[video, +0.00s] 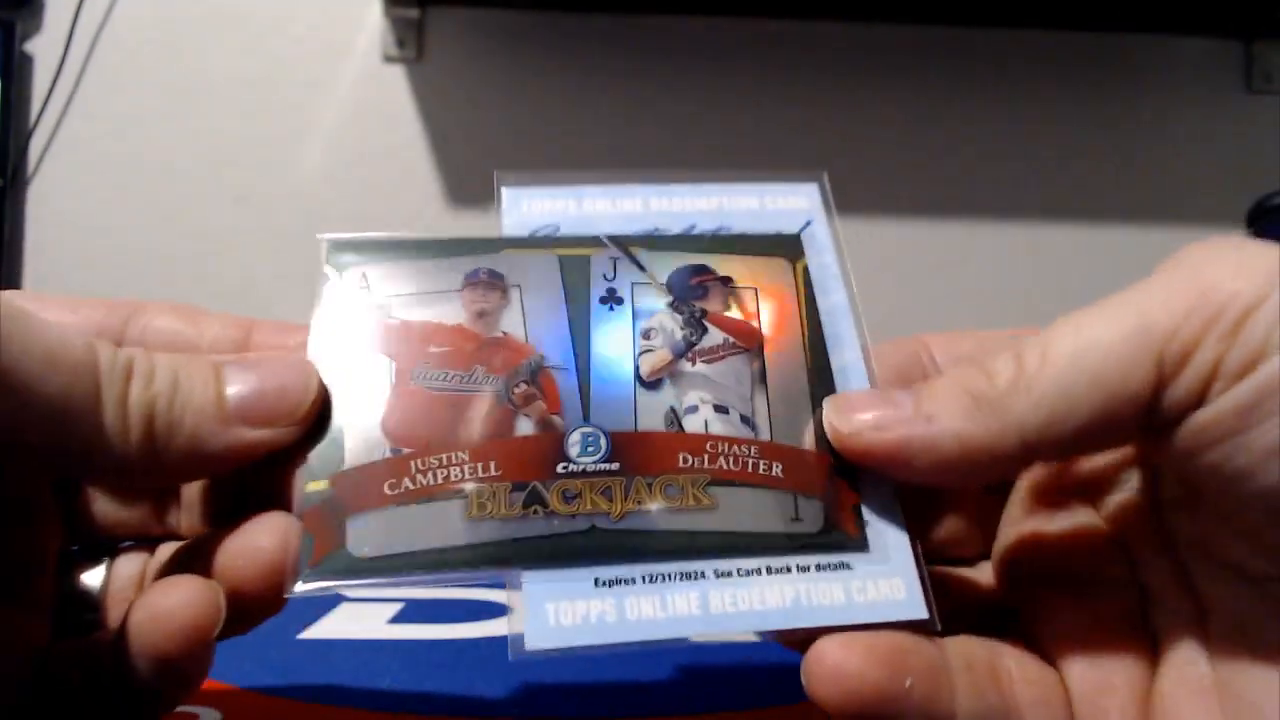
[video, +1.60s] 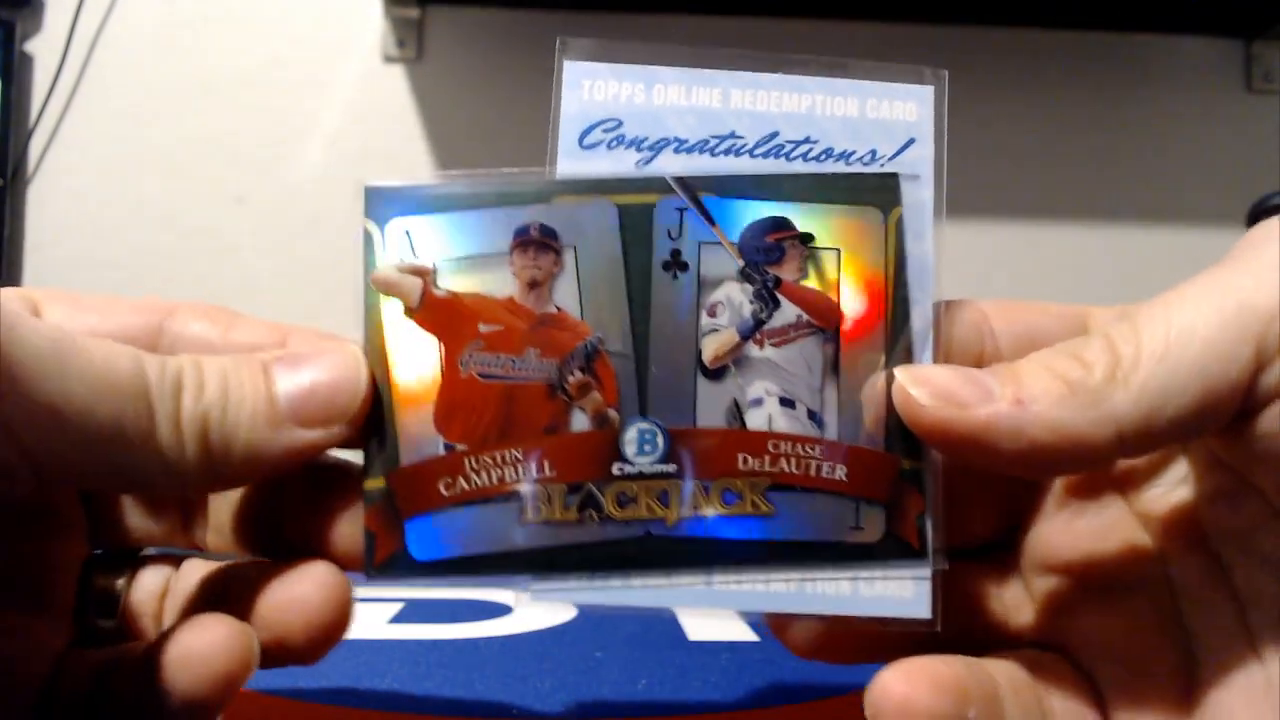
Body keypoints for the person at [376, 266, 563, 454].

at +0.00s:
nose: (481, 294)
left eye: (491, 288)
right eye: (474, 287)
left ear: (505, 300)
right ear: (462, 297)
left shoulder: (522, 355)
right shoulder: (423, 337)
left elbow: (558, 430)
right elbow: (365, 328)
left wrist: (535, 409)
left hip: (484, 469)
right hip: (411, 464)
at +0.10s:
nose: (473, 286)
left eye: (484, 280)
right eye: (465, 279)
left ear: (497, 292)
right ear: (454, 289)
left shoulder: (515, 350)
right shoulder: (414, 331)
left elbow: (549, 430)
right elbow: (352, 330)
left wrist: (530, 408)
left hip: (476, 470)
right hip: (403, 466)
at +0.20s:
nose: (473, 283)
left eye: (483, 276)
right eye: (466, 275)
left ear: (497, 287)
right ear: (453, 285)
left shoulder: (514, 350)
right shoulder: (411, 328)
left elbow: (547, 433)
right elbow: (328, 303)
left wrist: (529, 413)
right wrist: (359, 300)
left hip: (471, 476)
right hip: (397, 470)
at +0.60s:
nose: (491, 258)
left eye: (502, 252)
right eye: (483, 251)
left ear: (517, 265)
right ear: (470, 263)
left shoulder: (535, 333)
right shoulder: (425, 306)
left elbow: (568, 421)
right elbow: (337, 274)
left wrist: (548, 401)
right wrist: (376, 268)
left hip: (488, 466)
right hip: (410, 459)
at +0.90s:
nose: (507, 230)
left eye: (518, 224)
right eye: (499, 223)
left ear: (534, 238)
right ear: (486, 235)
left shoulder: (549, 308)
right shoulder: (441, 277)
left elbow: (581, 398)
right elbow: (352, 243)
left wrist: (561, 373)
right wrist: (384, 235)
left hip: (505, 439)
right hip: (428, 433)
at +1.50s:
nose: (522, 234)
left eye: (532, 230)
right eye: (514, 228)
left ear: (547, 245)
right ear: (500, 242)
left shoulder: (565, 317)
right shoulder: (456, 287)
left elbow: (597, 409)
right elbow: (370, 252)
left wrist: (579, 386)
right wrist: (404, 248)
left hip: (523, 450)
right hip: (450, 442)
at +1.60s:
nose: (532, 256)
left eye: (543, 250)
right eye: (524, 250)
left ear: (558, 265)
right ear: (511, 263)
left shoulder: (578, 335)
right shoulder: (469, 310)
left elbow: (612, 427)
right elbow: (382, 278)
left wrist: (593, 404)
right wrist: (413, 274)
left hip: (543, 471)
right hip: (468, 466)